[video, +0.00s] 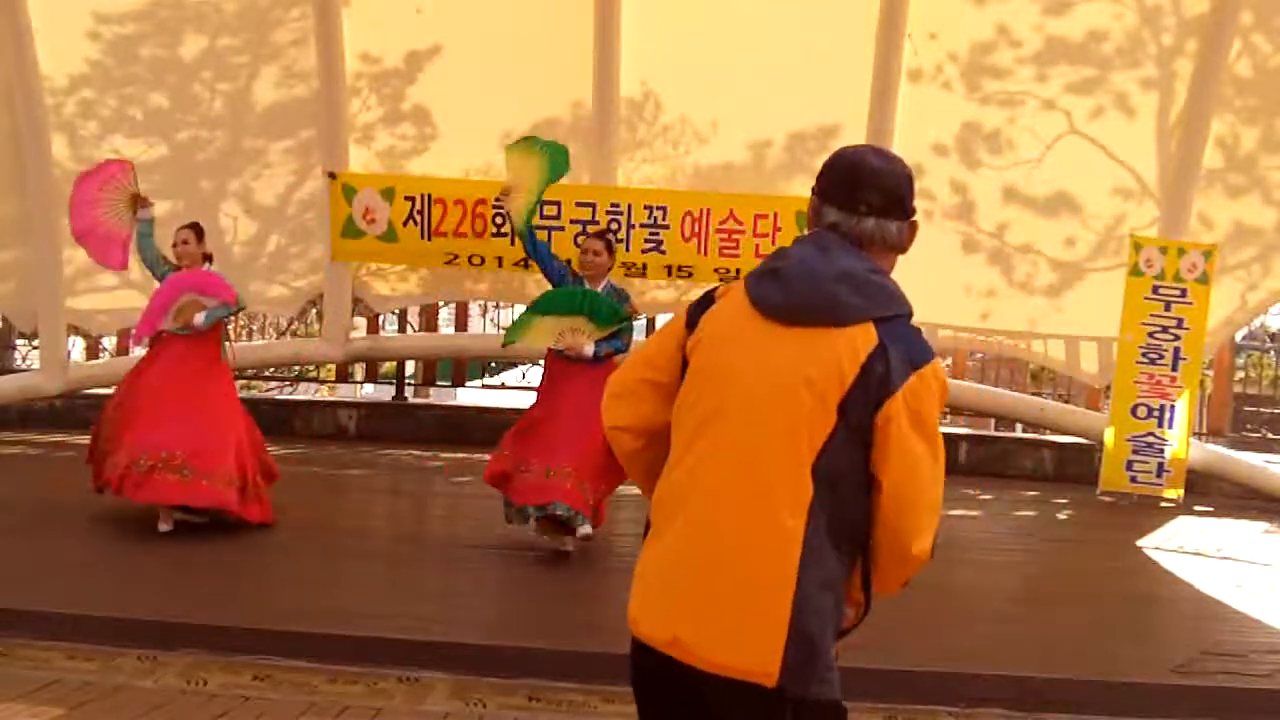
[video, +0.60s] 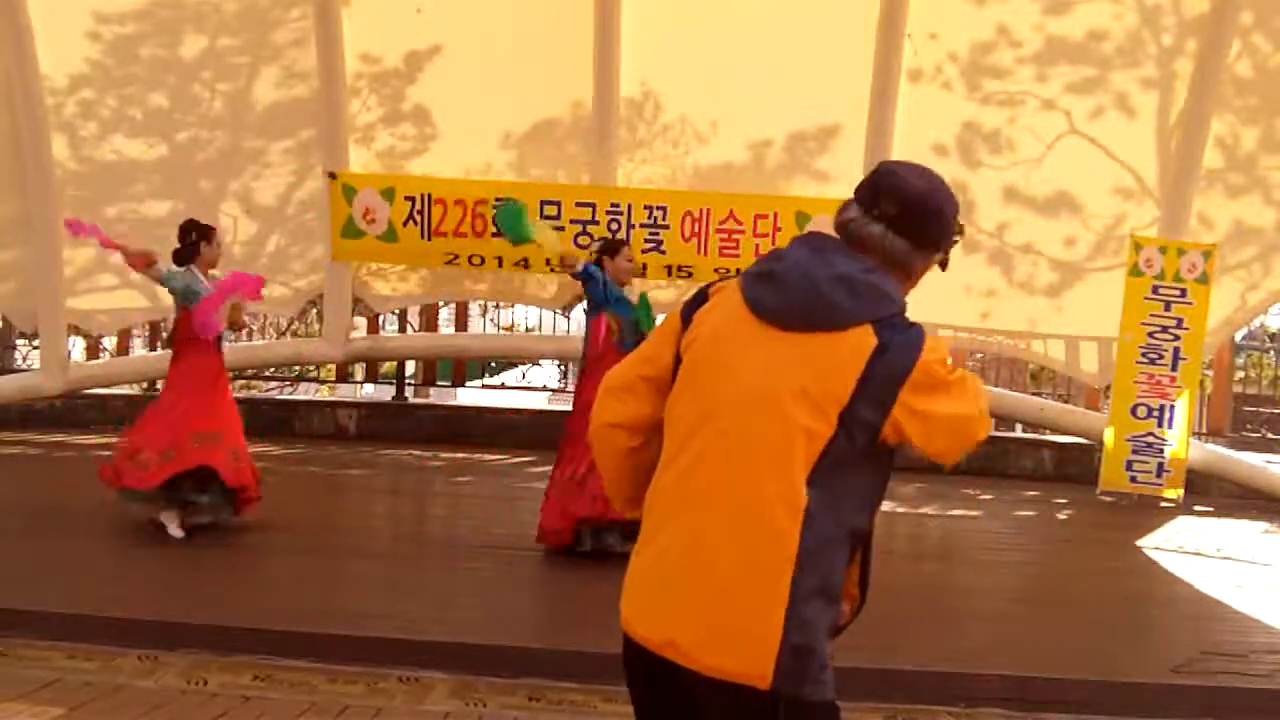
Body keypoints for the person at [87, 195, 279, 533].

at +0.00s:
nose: (179, 249)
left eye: (186, 243)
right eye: (176, 244)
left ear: (202, 247)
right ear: (173, 250)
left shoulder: (212, 279)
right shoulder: (170, 277)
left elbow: (234, 303)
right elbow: (147, 253)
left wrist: (205, 317)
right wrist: (144, 216)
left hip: (203, 360)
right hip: (167, 359)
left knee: (201, 423)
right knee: (162, 422)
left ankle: (198, 496)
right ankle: (164, 501)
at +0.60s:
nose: (220, 251)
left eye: (219, 245)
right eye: (216, 245)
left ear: (201, 248)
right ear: (201, 248)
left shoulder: (211, 285)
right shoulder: (188, 280)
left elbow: (231, 320)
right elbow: (158, 273)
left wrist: (235, 312)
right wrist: (134, 257)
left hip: (209, 363)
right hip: (190, 363)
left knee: (213, 430)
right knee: (190, 432)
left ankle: (205, 501)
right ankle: (172, 506)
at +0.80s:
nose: (174, 247)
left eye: (177, 241)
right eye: (175, 241)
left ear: (186, 246)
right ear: (203, 247)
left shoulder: (167, 286)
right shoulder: (214, 280)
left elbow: (154, 329)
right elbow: (259, 282)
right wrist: (300, 272)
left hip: (179, 367)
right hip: (212, 364)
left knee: (185, 427)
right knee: (224, 425)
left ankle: (189, 500)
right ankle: (239, 497)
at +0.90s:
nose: (172, 253)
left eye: (174, 247)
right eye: (173, 247)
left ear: (184, 248)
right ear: (203, 248)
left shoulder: (173, 286)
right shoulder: (224, 279)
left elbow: (147, 321)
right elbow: (270, 276)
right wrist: (305, 255)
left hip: (187, 368)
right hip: (221, 366)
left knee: (189, 428)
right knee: (228, 423)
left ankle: (196, 493)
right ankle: (228, 486)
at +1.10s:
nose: (207, 253)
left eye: (213, 248)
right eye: (202, 247)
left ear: (223, 253)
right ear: (194, 250)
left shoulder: (222, 285)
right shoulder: (186, 280)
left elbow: (235, 320)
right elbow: (154, 281)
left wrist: (198, 321)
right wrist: (129, 264)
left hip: (213, 356)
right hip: (189, 355)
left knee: (206, 422)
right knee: (193, 422)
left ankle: (207, 502)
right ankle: (201, 496)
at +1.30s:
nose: (232, 255)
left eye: (233, 248)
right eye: (227, 248)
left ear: (218, 247)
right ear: (208, 247)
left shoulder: (229, 282)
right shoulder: (195, 278)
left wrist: (234, 315)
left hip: (205, 359)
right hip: (187, 360)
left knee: (202, 424)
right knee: (183, 425)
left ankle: (192, 499)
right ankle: (168, 503)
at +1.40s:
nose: (229, 249)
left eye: (227, 244)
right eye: (226, 243)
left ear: (202, 244)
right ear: (216, 244)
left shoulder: (212, 274)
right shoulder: (203, 275)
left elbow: (230, 315)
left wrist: (242, 293)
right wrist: (243, 292)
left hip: (197, 360)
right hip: (184, 361)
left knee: (200, 425)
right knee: (184, 427)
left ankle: (189, 499)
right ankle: (167, 504)